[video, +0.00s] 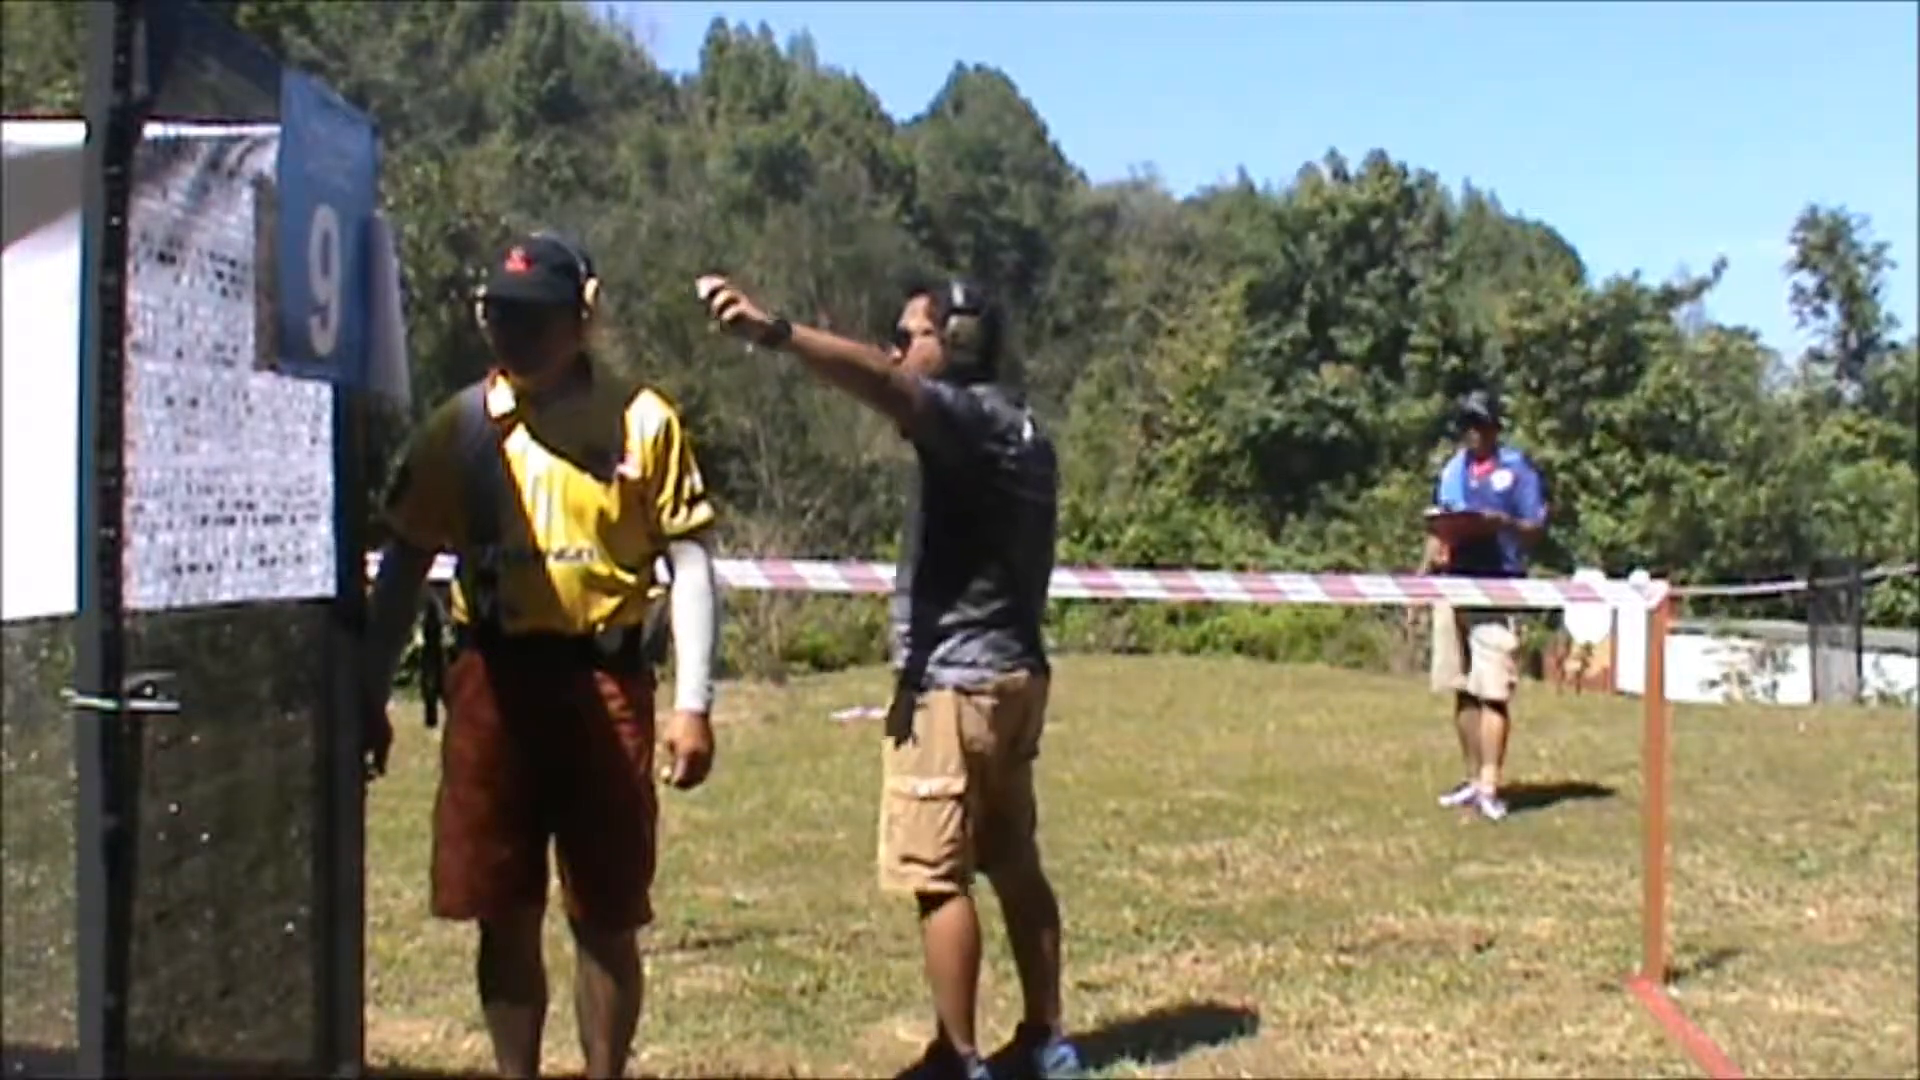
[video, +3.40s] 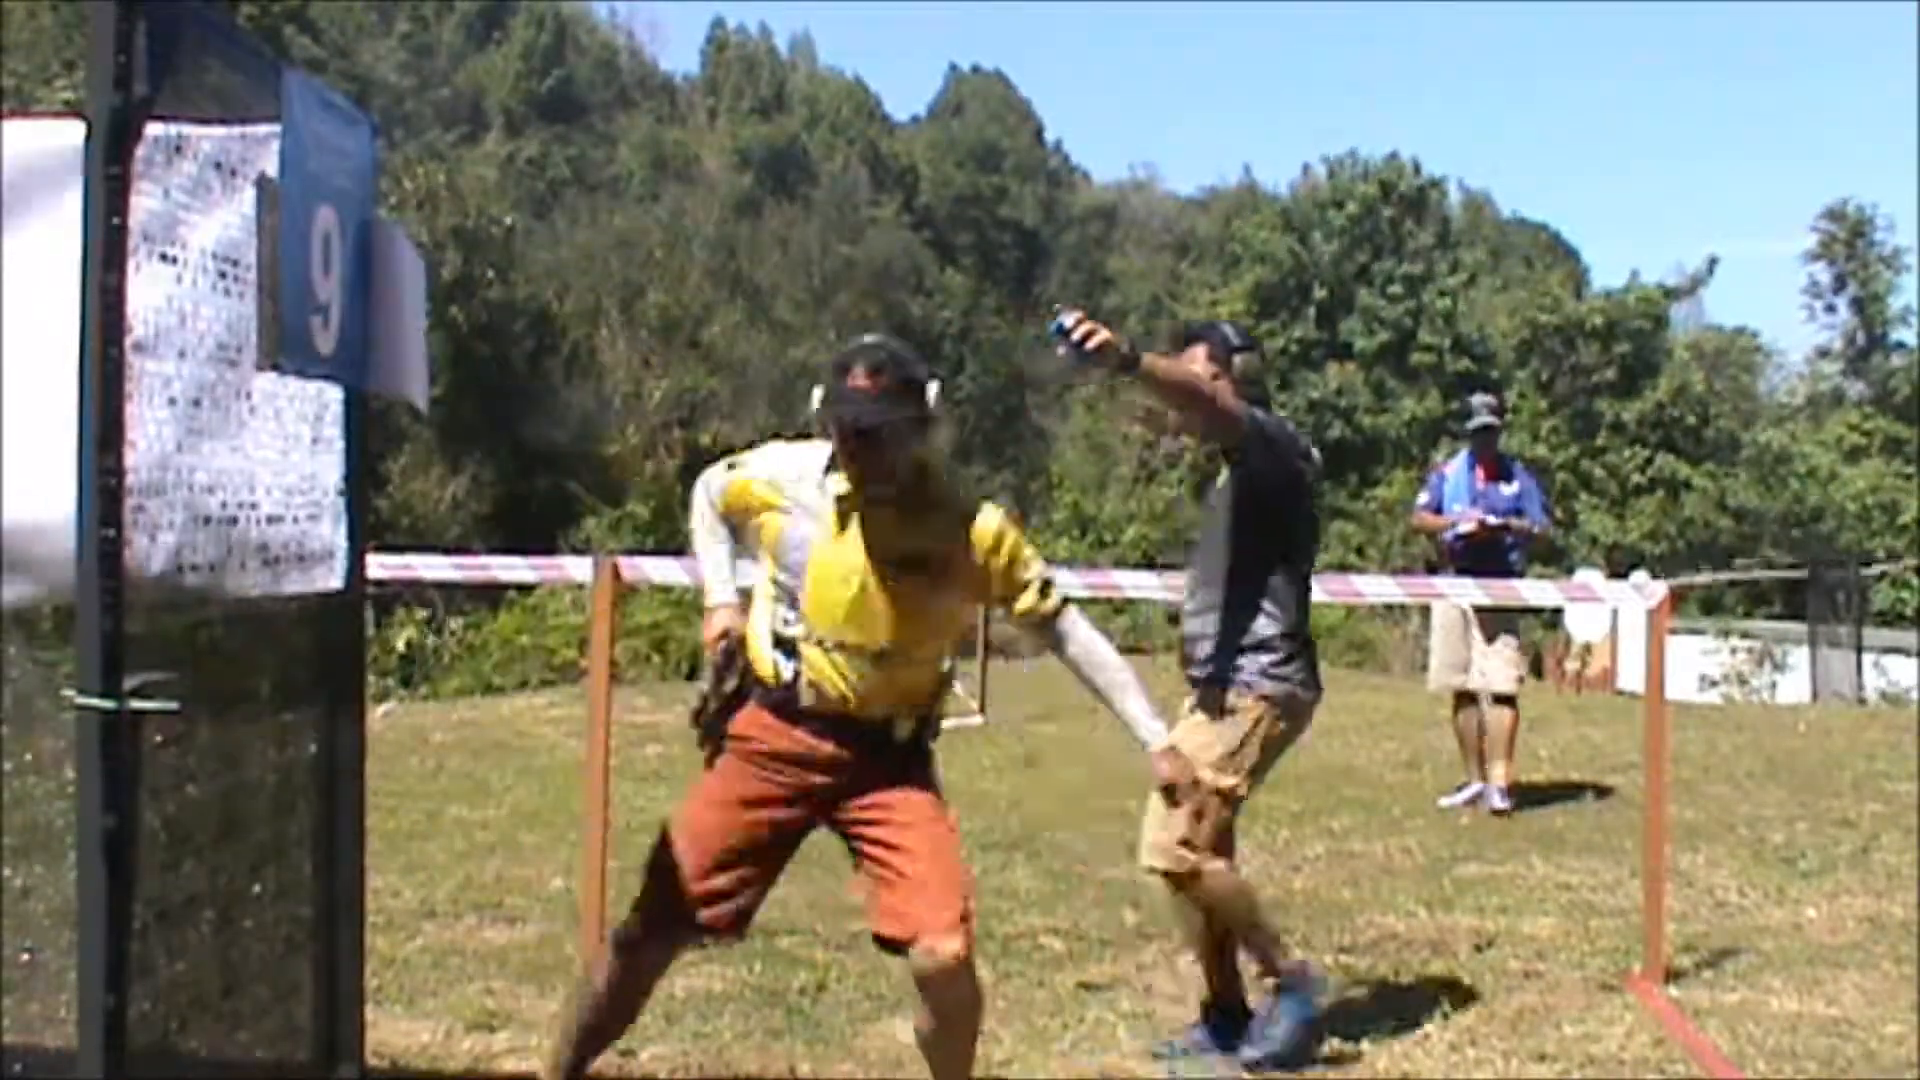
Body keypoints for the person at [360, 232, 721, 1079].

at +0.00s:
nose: (511, 333)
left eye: (533, 317)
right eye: (502, 314)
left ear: (583, 321)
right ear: (487, 314)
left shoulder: (643, 423)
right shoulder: (463, 425)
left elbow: (690, 562)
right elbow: (404, 565)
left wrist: (693, 700)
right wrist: (370, 696)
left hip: (605, 693)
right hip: (495, 694)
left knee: (606, 923)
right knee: (503, 916)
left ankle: (606, 1072)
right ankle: (517, 1072)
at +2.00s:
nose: (516, 339)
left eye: (536, 324)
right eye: (505, 321)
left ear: (583, 326)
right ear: (490, 320)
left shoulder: (645, 424)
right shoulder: (465, 426)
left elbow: (692, 564)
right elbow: (405, 565)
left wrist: (694, 701)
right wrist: (370, 694)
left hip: (605, 694)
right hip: (495, 694)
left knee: (606, 925)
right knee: (503, 917)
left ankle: (606, 1072)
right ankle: (517, 1072)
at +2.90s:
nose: (580, 433)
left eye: (595, 416)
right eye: (562, 416)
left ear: (624, 394)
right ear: (531, 394)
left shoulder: (671, 461)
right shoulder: (490, 432)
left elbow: (752, 583)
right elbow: (425, 475)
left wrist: (813, 718)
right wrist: (436, 583)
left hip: (645, 702)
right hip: (526, 698)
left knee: (724, 898)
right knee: (493, 922)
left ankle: (719, 1061)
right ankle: (509, 1072)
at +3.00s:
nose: (594, 453)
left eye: (610, 435)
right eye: (575, 437)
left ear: (638, 411)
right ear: (545, 413)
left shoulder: (685, 481)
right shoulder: (495, 455)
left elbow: (766, 594)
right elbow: (455, 522)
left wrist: (818, 723)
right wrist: (479, 649)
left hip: (664, 714)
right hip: (541, 712)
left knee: (757, 909)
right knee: (491, 928)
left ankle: (789, 1048)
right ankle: (503, 1071)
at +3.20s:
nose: (704, 512)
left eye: (712, 491)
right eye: (682, 500)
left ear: (726, 467)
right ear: (638, 485)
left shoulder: (772, 547)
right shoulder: (581, 514)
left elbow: (843, 644)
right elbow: (531, 551)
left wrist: (916, 759)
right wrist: (552, 665)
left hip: (736, 769)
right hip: (613, 763)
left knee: (850, 946)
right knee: (538, 957)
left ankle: (916, 1070)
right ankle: (525, 1071)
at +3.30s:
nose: (811, 500)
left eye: (826, 481)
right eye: (789, 483)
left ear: (848, 464)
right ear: (748, 466)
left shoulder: (885, 552)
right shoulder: (693, 502)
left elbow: (975, 646)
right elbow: (617, 522)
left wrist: (1063, 756)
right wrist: (635, 637)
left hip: (815, 780)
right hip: (690, 763)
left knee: (909, 951)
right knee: (583, 948)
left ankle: (927, 1072)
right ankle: (537, 1070)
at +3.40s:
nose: (863, 450)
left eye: (883, 432)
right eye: (848, 432)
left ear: (924, 430)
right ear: (830, 425)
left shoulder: (975, 534)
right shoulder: (787, 475)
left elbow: (1068, 628)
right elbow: (710, 492)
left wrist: (1157, 742)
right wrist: (721, 599)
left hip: (890, 763)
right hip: (769, 740)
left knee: (946, 961)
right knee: (648, 936)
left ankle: (954, 1076)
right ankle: (562, 1066)